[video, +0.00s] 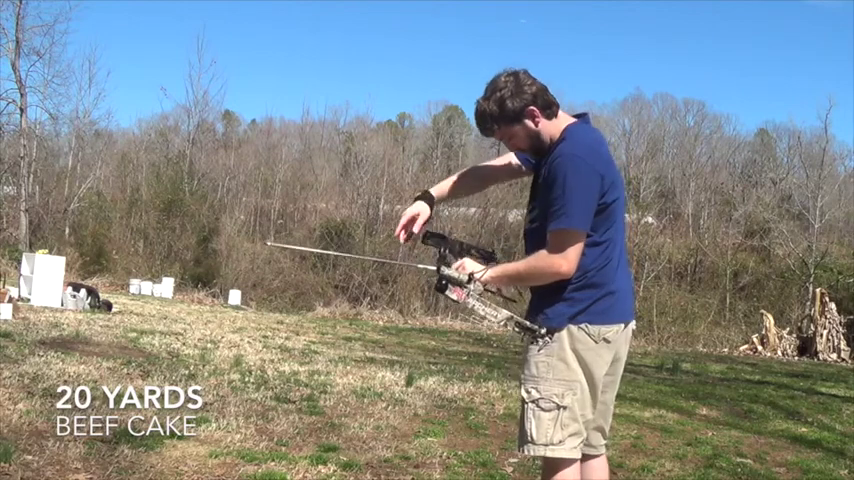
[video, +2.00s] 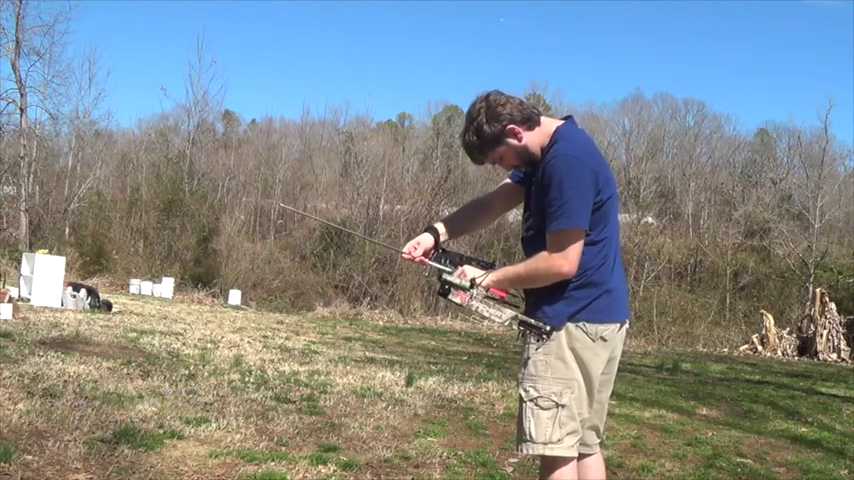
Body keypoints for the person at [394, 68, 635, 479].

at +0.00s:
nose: (509, 147)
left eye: (507, 138)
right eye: (502, 141)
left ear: (532, 115)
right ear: (535, 113)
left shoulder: (572, 155)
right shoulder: (574, 141)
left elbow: (561, 262)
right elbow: (491, 171)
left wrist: (486, 275)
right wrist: (428, 198)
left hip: (574, 321)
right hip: (601, 319)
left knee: (559, 452)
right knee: (591, 447)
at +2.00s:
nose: (502, 166)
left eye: (498, 159)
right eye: (495, 163)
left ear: (514, 132)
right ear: (515, 127)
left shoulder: (566, 159)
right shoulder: (556, 149)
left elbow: (563, 263)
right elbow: (495, 202)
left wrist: (490, 278)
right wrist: (437, 234)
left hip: (572, 319)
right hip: (591, 315)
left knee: (557, 449)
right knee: (585, 444)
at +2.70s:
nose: (500, 166)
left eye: (496, 159)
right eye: (493, 163)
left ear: (512, 133)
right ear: (514, 128)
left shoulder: (564, 160)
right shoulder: (554, 149)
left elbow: (562, 262)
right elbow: (495, 203)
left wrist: (490, 279)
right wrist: (436, 236)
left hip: (571, 320)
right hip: (590, 316)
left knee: (557, 449)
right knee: (585, 445)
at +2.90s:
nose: (499, 167)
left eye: (495, 159)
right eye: (493, 164)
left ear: (511, 133)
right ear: (514, 129)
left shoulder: (564, 159)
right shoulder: (552, 149)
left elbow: (562, 262)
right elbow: (494, 205)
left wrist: (489, 280)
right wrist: (436, 238)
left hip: (571, 319)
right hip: (589, 315)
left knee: (557, 449)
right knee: (584, 445)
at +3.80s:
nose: (495, 143)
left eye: (494, 131)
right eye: (489, 136)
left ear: (520, 110)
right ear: (524, 110)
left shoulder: (558, 156)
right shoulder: (568, 142)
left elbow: (545, 260)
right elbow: (514, 201)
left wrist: (473, 282)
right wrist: (469, 196)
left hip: (567, 320)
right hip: (600, 316)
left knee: (554, 451)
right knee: (587, 444)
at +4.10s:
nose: (492, 138)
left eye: (489, 126)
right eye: (486, 129)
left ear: (514, 107)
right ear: (522, 106)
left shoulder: (541, 152)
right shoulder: (588, 141)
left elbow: (524, 256)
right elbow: (589, 239)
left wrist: (461, 301)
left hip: (565, 317)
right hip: (609, 314)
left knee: (554, 450)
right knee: (589, 444)